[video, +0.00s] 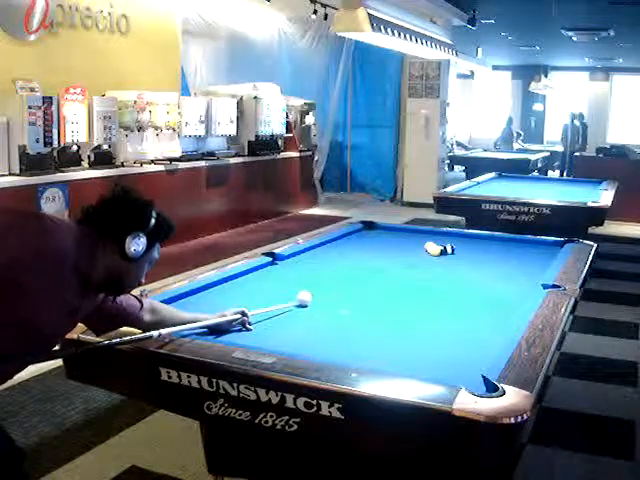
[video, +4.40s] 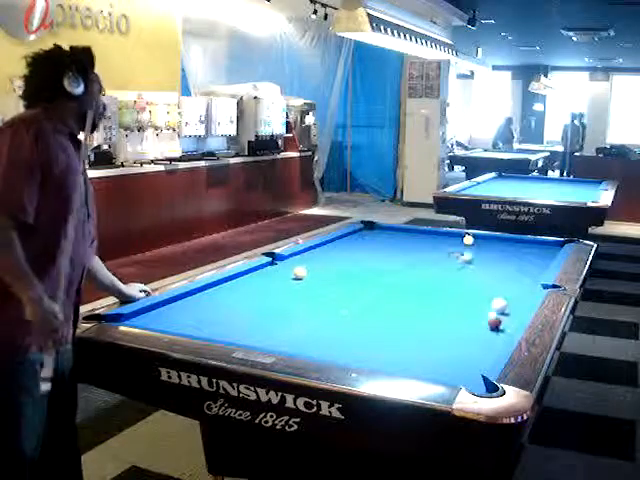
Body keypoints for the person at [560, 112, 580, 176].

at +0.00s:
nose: (571, 119)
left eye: (572, 117)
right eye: (570, 117)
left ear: (574, 118)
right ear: (569, 117)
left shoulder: (577, 127)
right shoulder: (565, 126)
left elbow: (578, 137)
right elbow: (562, 135)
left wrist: (578, 145)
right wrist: (563, 143)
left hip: (573, 146)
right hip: (566, 146)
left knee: (571, 160)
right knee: (563, 160)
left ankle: (569, 173)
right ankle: (561, 172)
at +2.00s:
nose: (572, 119)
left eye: (573, 117)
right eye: (571, 117)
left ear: (574, 118)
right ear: (569, 117)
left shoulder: (576, 127)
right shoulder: (565, 126)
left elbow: (578, 136)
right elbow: (563, 135)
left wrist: (577, 145)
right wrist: (563, 143)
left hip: (573, 146)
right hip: (565, 145)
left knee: (571, 160)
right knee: (563, 159)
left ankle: (569, 173)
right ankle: (561, 173)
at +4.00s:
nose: (572, 118)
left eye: (573, 117)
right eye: (571, 116)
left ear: (575, 117)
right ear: (570, 117)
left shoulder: (577, 127)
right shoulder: (566, 125)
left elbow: (579, 138)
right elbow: (563, 135)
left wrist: (579, 146)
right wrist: (563, 142)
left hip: (574, 146)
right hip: (566, 145)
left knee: (571, 160)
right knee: (563, 159)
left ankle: (569, 173)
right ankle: (561, 172)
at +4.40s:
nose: (572, 119)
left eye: (574, 117)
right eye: (572, 117)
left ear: (575, 118)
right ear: (570, 117)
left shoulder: (577, 127)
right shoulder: (566, 126)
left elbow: (579, 136)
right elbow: (563, 134)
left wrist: (578, 145)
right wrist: (563, 142)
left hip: (573, 146)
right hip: (566, 145)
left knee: (571, 160)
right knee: (563, 160)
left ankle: (569, 173)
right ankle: (561, 173)